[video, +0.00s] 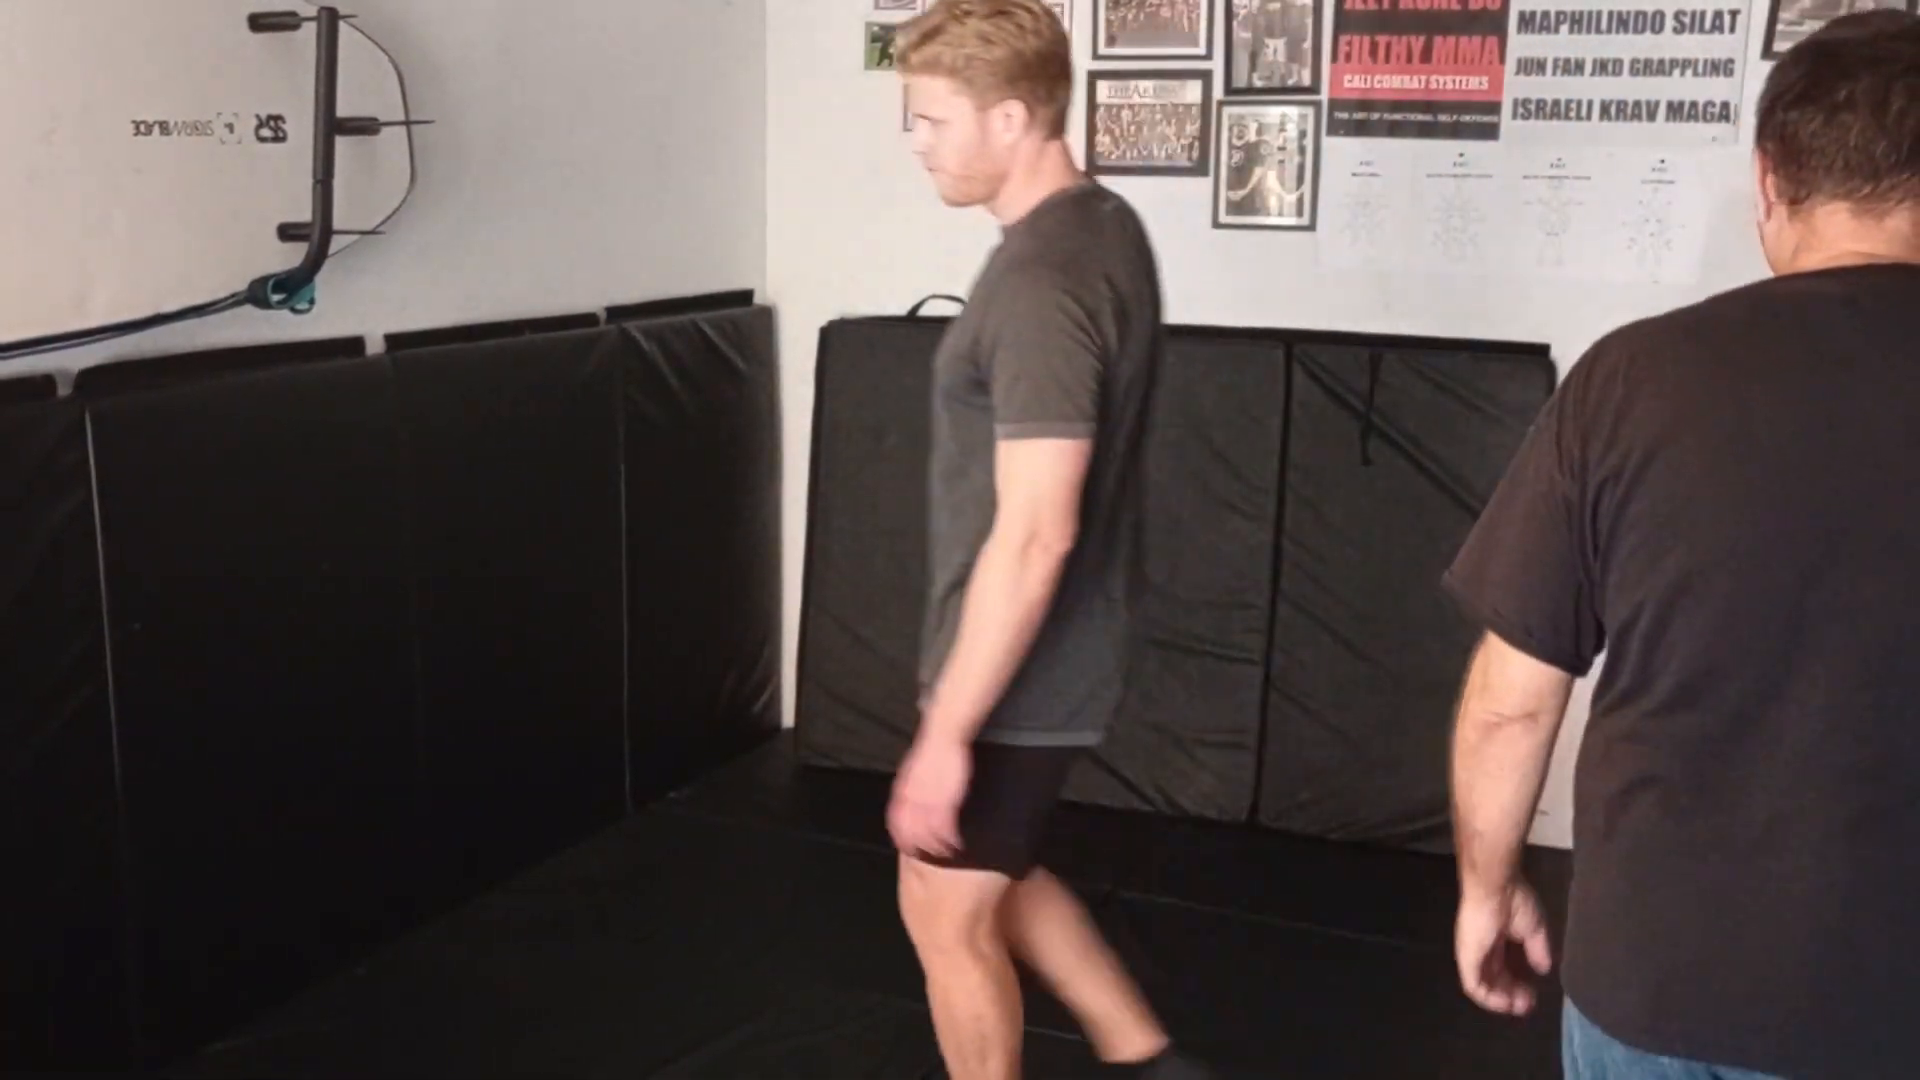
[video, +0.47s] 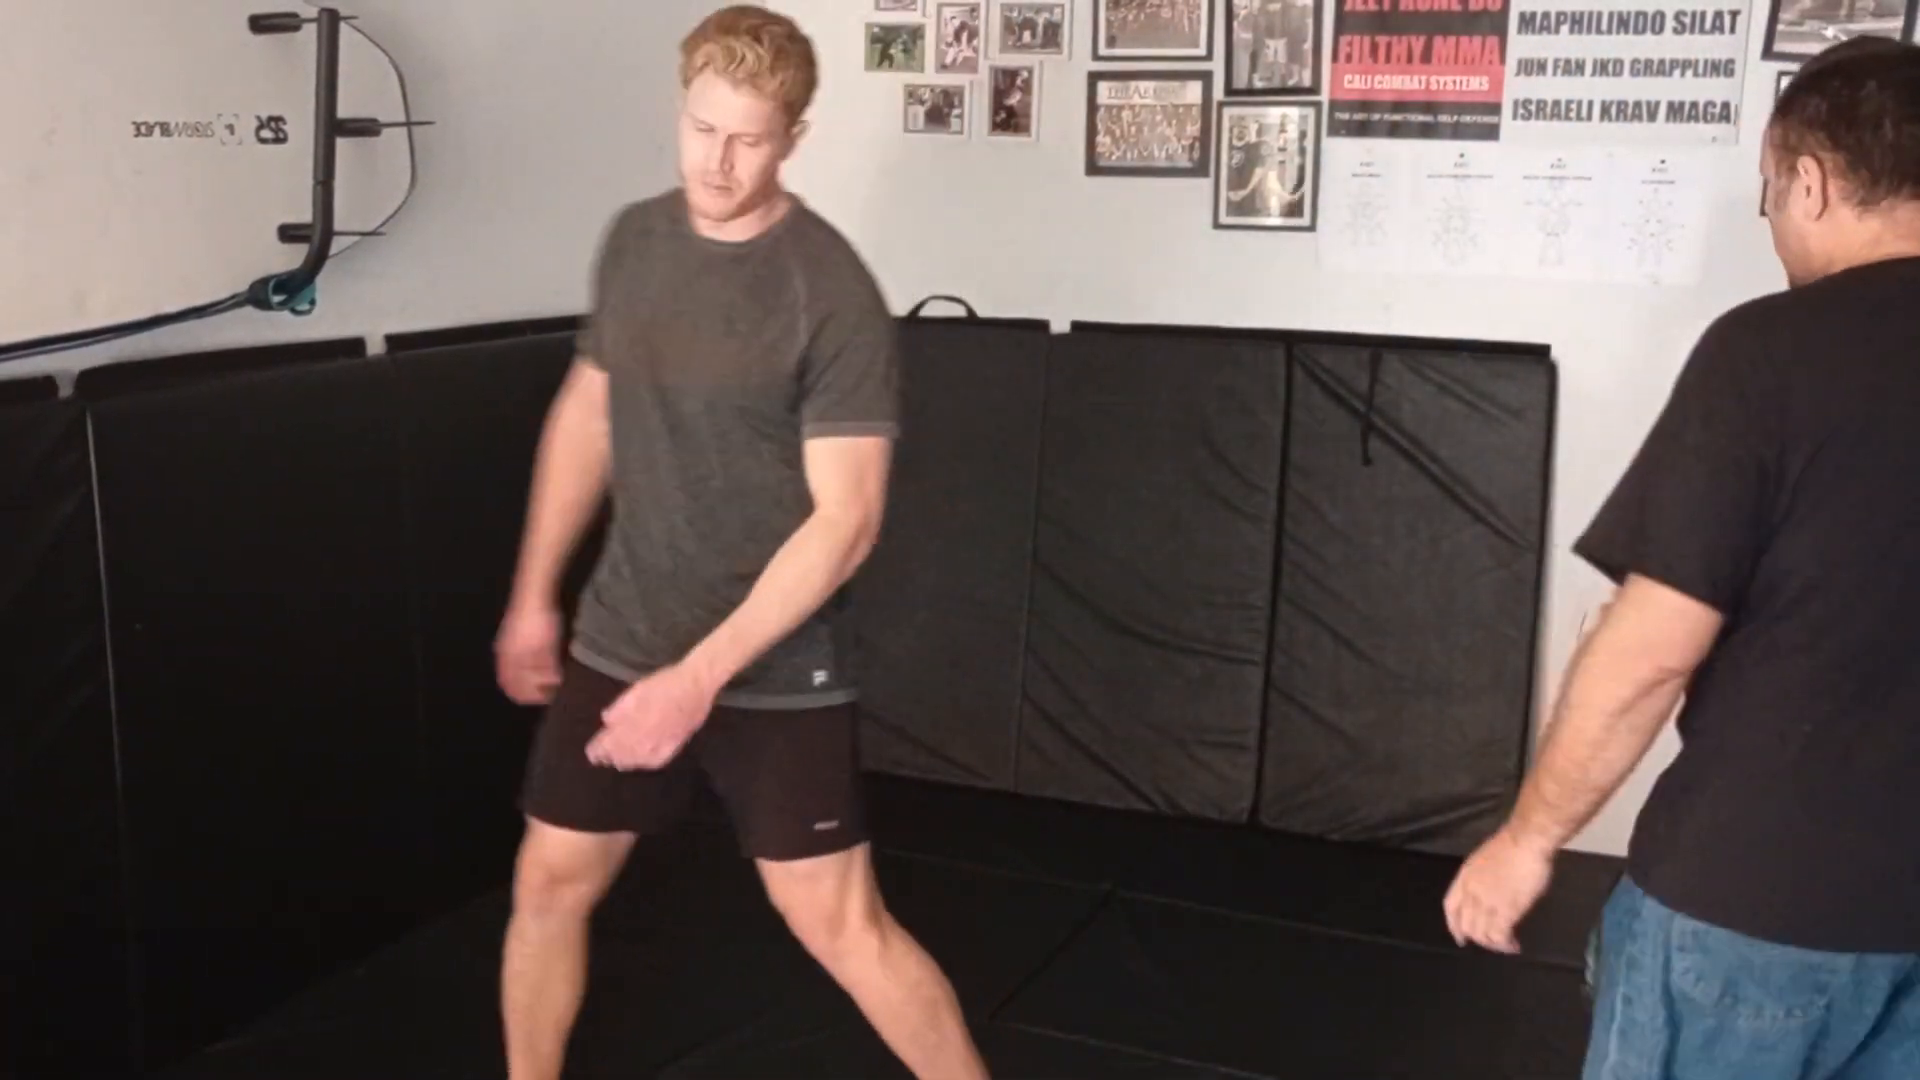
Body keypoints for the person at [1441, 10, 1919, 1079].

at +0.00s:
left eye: (1758, 190)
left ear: (1769, 186)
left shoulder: (1641, 379)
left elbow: (1510, 698)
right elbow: (1513, 697)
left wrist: (1487, 882)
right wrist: (1492, 885)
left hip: (1660, 998)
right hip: (1894, 1003)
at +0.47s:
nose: (1771, 228)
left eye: (1769, 196)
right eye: (1767, 198)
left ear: (1811, 181)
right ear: (1909, 179)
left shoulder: (1783, 347)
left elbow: (1659, 646)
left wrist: (1529, 836)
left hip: (1760, 901)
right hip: (1902, 911)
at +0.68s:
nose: (1736, 208)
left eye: (1743, 177)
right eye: (1735, 179)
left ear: (1810, 180)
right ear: (1905, 176)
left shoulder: (1813, 340)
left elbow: (1764, 632)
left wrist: (1646, 878)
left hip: (1760, 867)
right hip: (1901, 871)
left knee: (1603, 1056)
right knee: (1852, 1065)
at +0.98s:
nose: (1638, 201)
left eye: (1651, 173)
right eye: (1642, 172)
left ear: (1730, 188)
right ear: (1753, 182)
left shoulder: (1742, 355)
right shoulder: (1889, 308)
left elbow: (1735, 640)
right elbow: (1686, 520)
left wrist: (1685, 893)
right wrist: (1670, 332)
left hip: (1687, 855)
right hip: (1829, 842)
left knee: (1641, 1064)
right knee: (1767, 1066)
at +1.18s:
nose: (1586, 204)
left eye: (1606, 180)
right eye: (1590, 176)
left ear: (1697, 190)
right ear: (1700, 188)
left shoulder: (1744, 341)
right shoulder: (1799, 298)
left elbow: (1719, 622)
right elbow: (1598, 482)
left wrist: (1548, 798)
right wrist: (1610, 310)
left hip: (1672, 821)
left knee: (1634, 1063)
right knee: (1639, 1055)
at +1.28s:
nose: (1573, 208)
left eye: (1596, 185)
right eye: (1576, 180)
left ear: (1692, 195)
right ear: (1685, 198)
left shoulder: (1769, 342)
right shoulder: (1683, 312)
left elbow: (1739, 615)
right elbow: (1536, 457)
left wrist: (1537, 753)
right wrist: (1580, 311)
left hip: (1693, 807)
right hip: (1624, 789)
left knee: (1641, 1066)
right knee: (1550, 1055)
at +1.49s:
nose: (1536, 208)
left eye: (1565, 181)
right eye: (1535, 178)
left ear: (1661, 186)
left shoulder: (1765, 326)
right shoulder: (1573, 309)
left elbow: (1821, 567)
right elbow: (1461, 464)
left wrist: (1665, 729)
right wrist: (1525, 313)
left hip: (1705, 791)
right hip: (1556, 760)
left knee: (1665, 1059)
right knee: (1534, 1047)